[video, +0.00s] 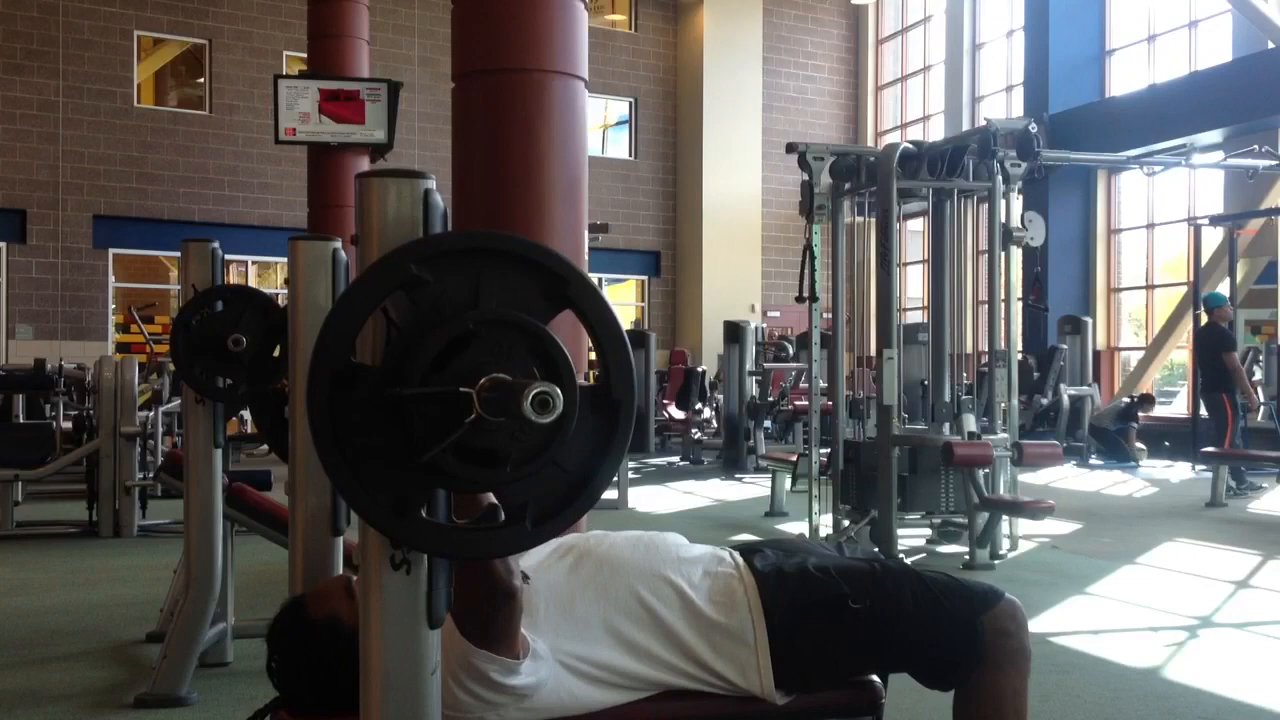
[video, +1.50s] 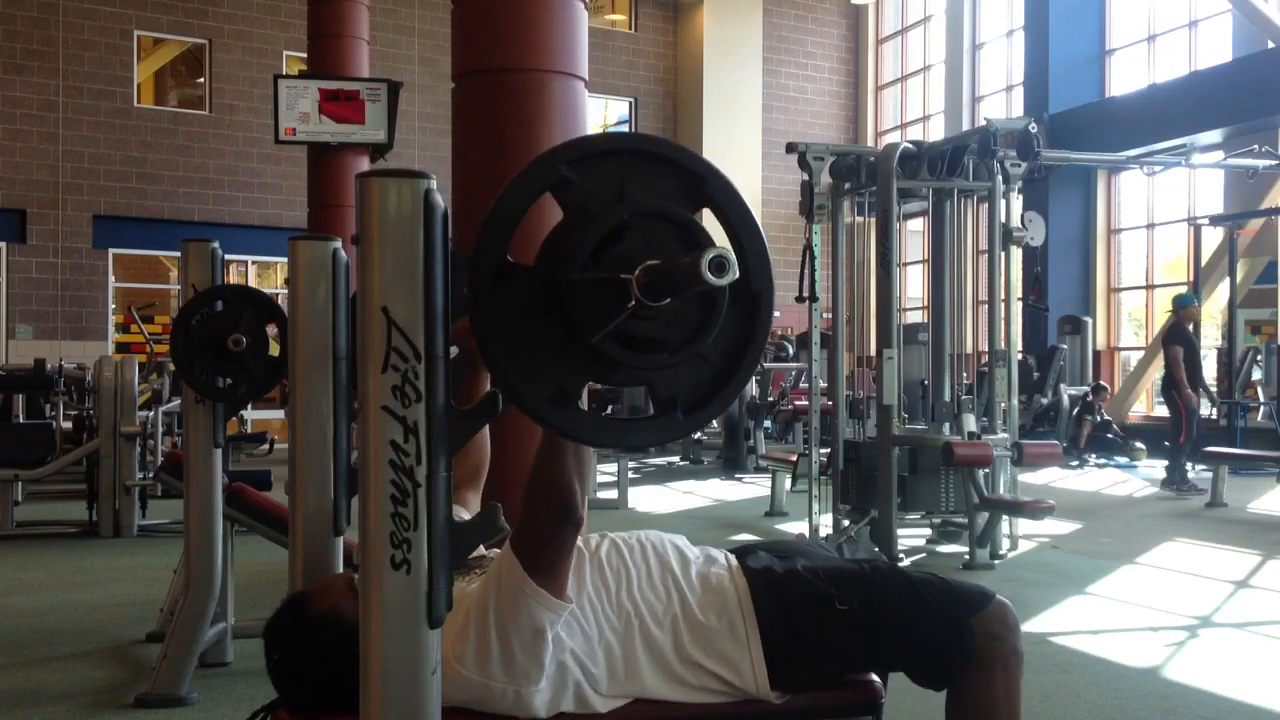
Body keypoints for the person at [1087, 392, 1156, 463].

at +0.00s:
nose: (1151, 410)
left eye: (1152, 408)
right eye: (1150, 407)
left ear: (1140, 400)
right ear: (1144, 404)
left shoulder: (1127, 402)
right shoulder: (1133, 414)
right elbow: (1130, 441)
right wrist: (1135, 460)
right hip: (1100, 428)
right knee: (1125, 458)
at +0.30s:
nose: (1136, 404)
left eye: (1137, 402)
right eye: (1136, 402)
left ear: (1126, 396)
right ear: (1131, 401)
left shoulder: (1117, 400)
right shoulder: (1119, 411)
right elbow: (1104, 433)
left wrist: (1128, 421)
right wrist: (1098, 454)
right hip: (1095, 433)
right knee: (1124, 455)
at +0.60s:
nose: (1117, 398)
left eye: (1117, 395)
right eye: (1116, 395)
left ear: (1104, 392)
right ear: (1111, 395)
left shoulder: (1095, 401)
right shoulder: (1101, 407)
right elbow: (1092, 432)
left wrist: (1116, 419)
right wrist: (1089, 452)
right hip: (1086, 439)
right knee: (1121, 455)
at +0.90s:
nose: (1109, 395)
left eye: (1108, 393)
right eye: (1107, 393)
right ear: (1101, 393)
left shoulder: (1089, 401)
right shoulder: (1092, 404)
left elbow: (1098, 418)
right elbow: (1090, 430)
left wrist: (1111, 416)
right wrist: (1088, 451)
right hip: (1083, 438)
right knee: (1118, 447)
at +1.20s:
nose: (1109, 397)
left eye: (1109, 394)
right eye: (1107, 394)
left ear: (1098, 393)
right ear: (1101, 394)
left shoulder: (1092, 404)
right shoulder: (1092, 406)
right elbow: (1088, 430)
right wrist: (1085, 450)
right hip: (1079, 440)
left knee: (1108, 422)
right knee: (1115, 443)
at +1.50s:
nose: (1108, 397)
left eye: (1108, 394)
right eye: (1106, 394)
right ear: (1099, 394)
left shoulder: (1097, 406)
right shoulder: (1090, 406)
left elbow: (1109, 422)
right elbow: (1084, 429)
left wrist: (1120, 435)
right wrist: (1080, 448)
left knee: (1107, 423)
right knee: (1113, 441)